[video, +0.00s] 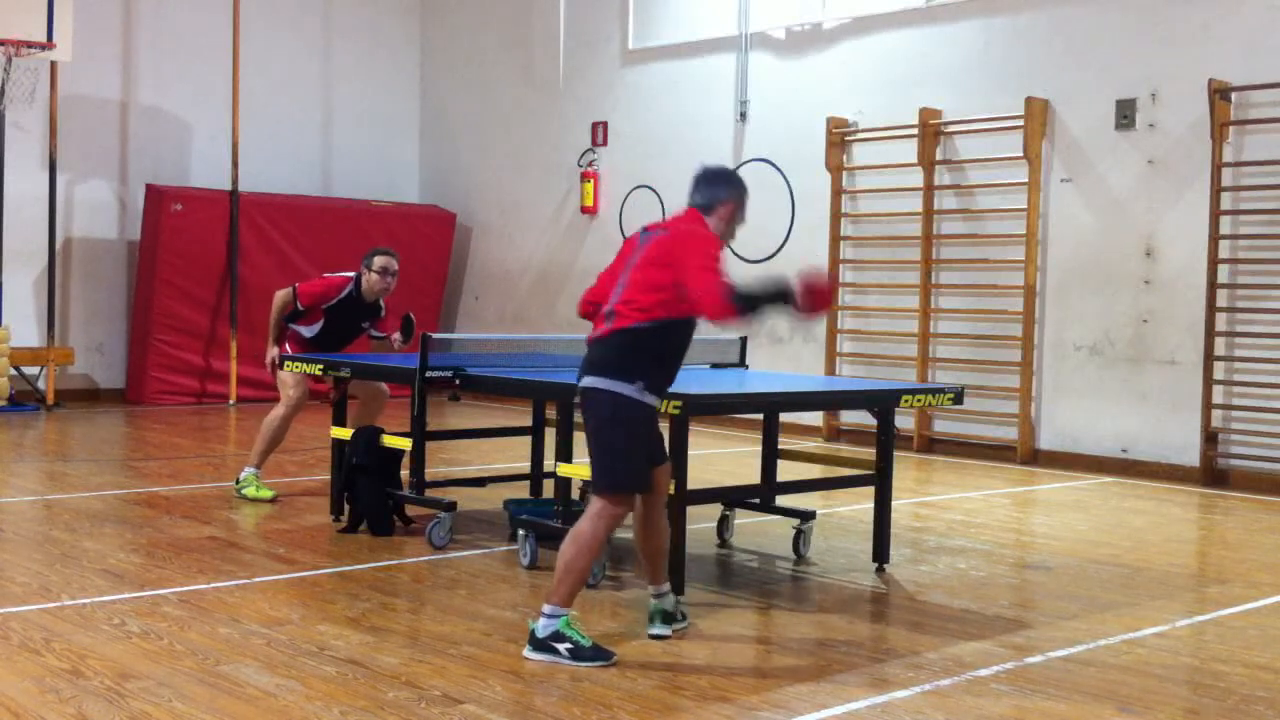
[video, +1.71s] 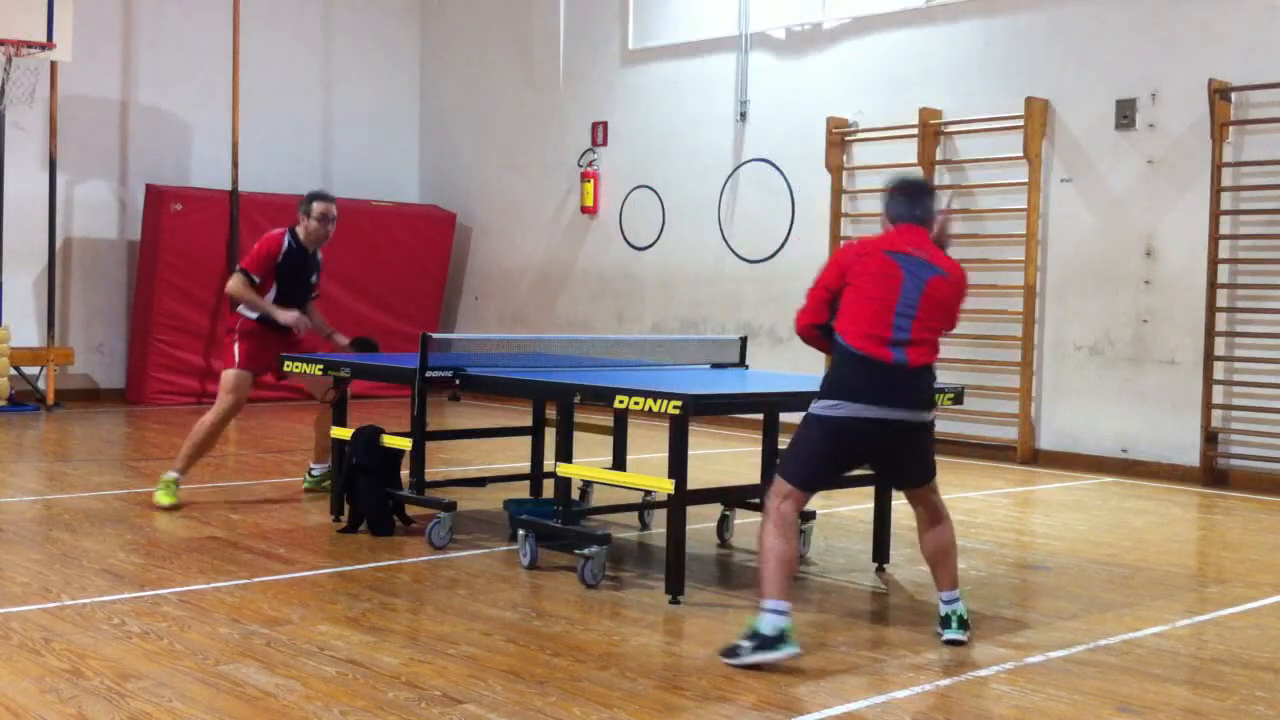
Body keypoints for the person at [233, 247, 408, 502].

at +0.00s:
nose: (389, 281)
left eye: (394, 275)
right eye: (384, 273)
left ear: (396, 279)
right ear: (365, 272)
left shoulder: (378, 306)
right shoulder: (336, 286)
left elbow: (376, 351)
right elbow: (282, 297)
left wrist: (392, 344)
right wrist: (272, 343)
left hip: (330, 355)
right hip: (294, 347)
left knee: (377, 394)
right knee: (295, 397)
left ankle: (353, 465)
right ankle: (249, 475)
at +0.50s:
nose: (360, 250)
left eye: (366, 244)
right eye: (356, 241)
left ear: (369, 247)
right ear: (338, 237)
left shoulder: (349, 274)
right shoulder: (309, 256)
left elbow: (346, 309)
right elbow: (267, 296)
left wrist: (369, 334)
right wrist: (305, 330)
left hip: (320, 348)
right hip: (280, 343)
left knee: (366, 397)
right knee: (266, 401)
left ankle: (347, 467)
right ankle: (225, 472)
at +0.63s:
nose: (348, 247)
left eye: (353, 240)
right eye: (343, 239)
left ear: (356, 239)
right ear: (324, 232)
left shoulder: (345, 266)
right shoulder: (296, 251)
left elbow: (366, 303)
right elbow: (250, 283)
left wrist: (368, 318)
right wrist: (279, 304)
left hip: (322, 337)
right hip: (279, 335)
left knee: (370, 385)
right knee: (257, 400)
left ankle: (348, 459)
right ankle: (223, 472)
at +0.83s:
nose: (345, 259)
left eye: (351, 253)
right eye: (340, 253)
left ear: (361, 248)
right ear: (328, 244)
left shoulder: (367, 270)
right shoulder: (308, 254)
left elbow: (395, 314)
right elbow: (262, 259)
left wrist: (360, 313)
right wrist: (244, 262)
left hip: (343, 340)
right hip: (295, 335)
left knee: (387, 397)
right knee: (259, 396)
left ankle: (390, 477)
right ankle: (224, 472)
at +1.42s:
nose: (332, 232)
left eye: (336, 226)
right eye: (326, 225)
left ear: (340, 228)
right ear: (306, 225)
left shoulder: (337, 262)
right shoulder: (281, 247)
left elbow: (361, 294)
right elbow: (225, 273)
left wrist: (377, 308)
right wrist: (255, 281)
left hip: (312, 338)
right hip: (267, 336)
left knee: (359, 390)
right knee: (241, 404)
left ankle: (376, 462)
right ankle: (216, 463)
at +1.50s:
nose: (331, 221)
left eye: (335, 215)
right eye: (324, 214)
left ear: (338, 217)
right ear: (305, 214)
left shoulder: (329, 252)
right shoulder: (279, 238)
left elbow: (341, 287)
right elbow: (228, 266)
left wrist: (368, 308)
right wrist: (266, 274)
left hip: (307, 331)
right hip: (263, 330)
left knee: (354, 387)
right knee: (238, 405)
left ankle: (333, 462)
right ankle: (208, 452)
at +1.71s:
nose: (329, 228)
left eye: (333, 222)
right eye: (323, 220)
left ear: (335, 224)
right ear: (302, 218)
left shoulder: (314, 257)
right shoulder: (275, 242)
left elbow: (306, 305)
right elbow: (235, 286)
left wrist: (334, 336)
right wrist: (277, 312)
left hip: (287, 339)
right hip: (251, 332)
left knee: (333, 391)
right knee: (230, 402)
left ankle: (320, 472)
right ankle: (172, 478)